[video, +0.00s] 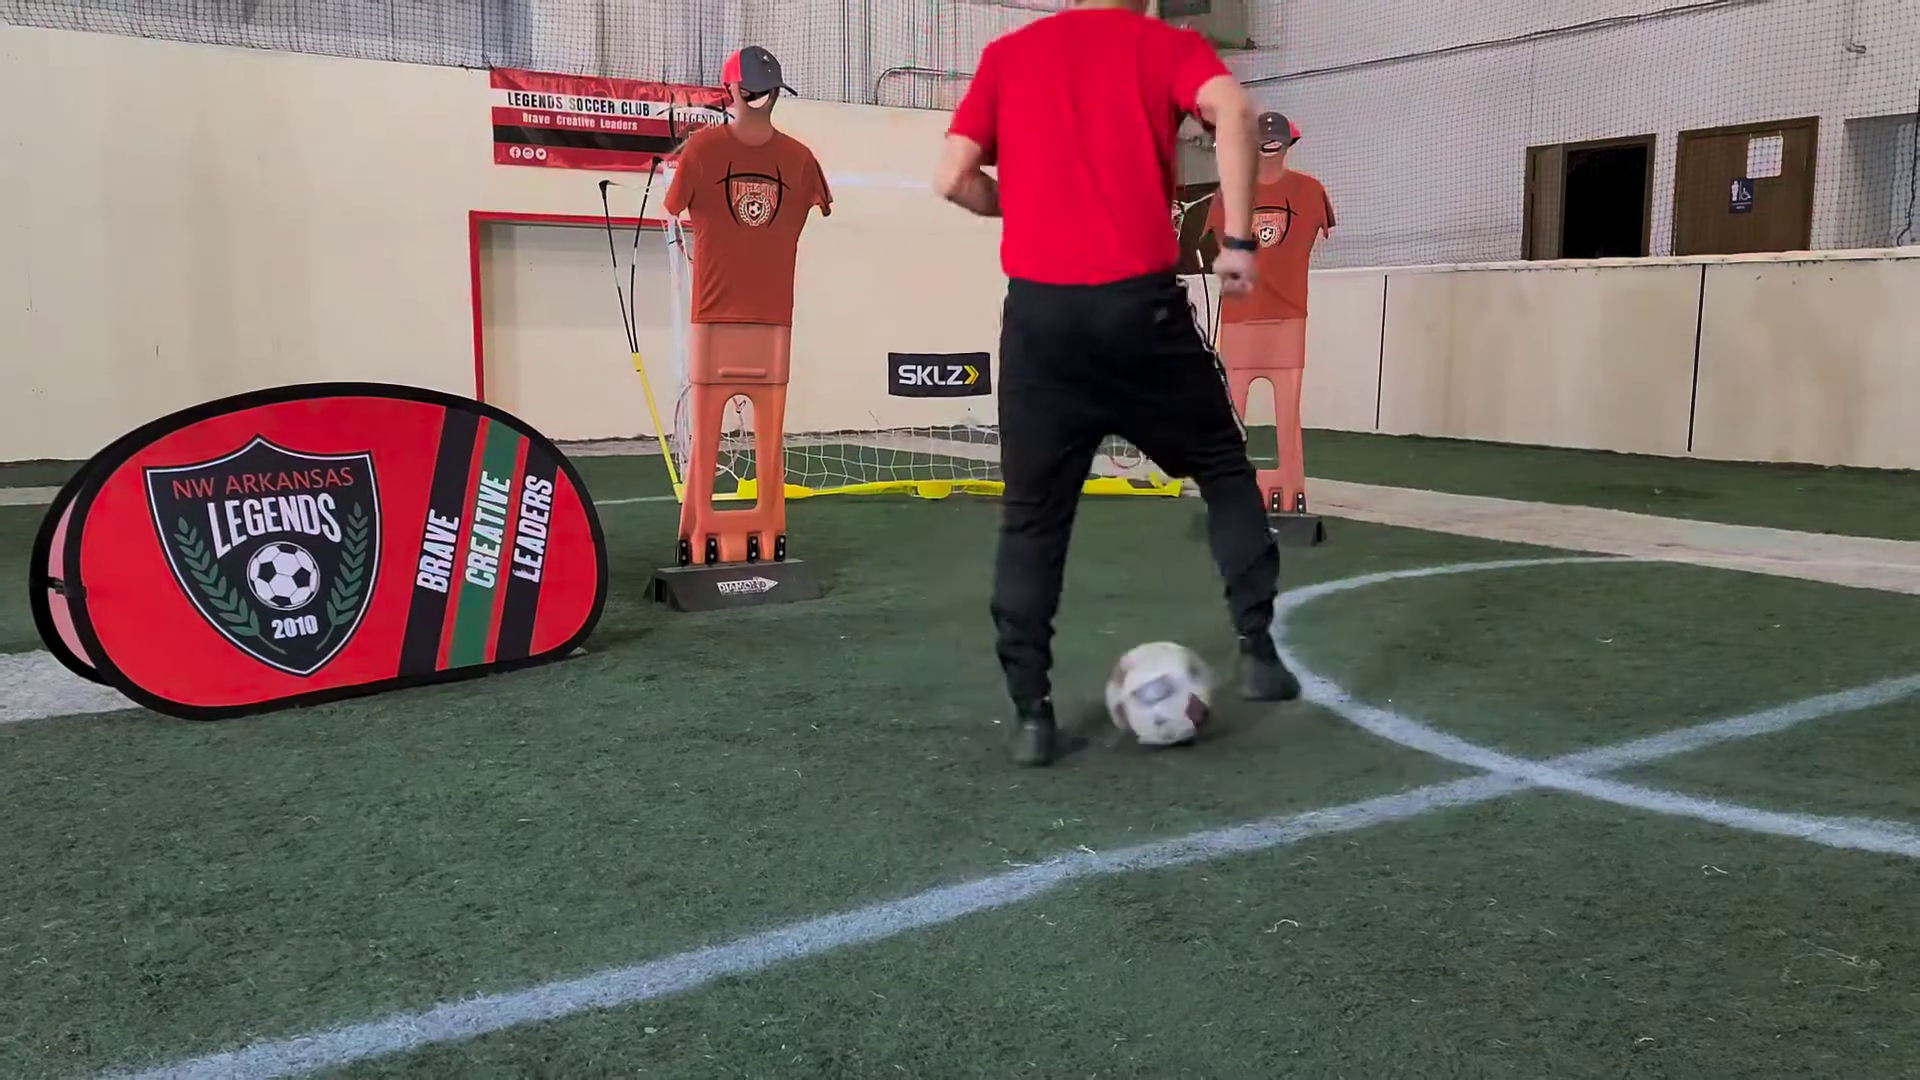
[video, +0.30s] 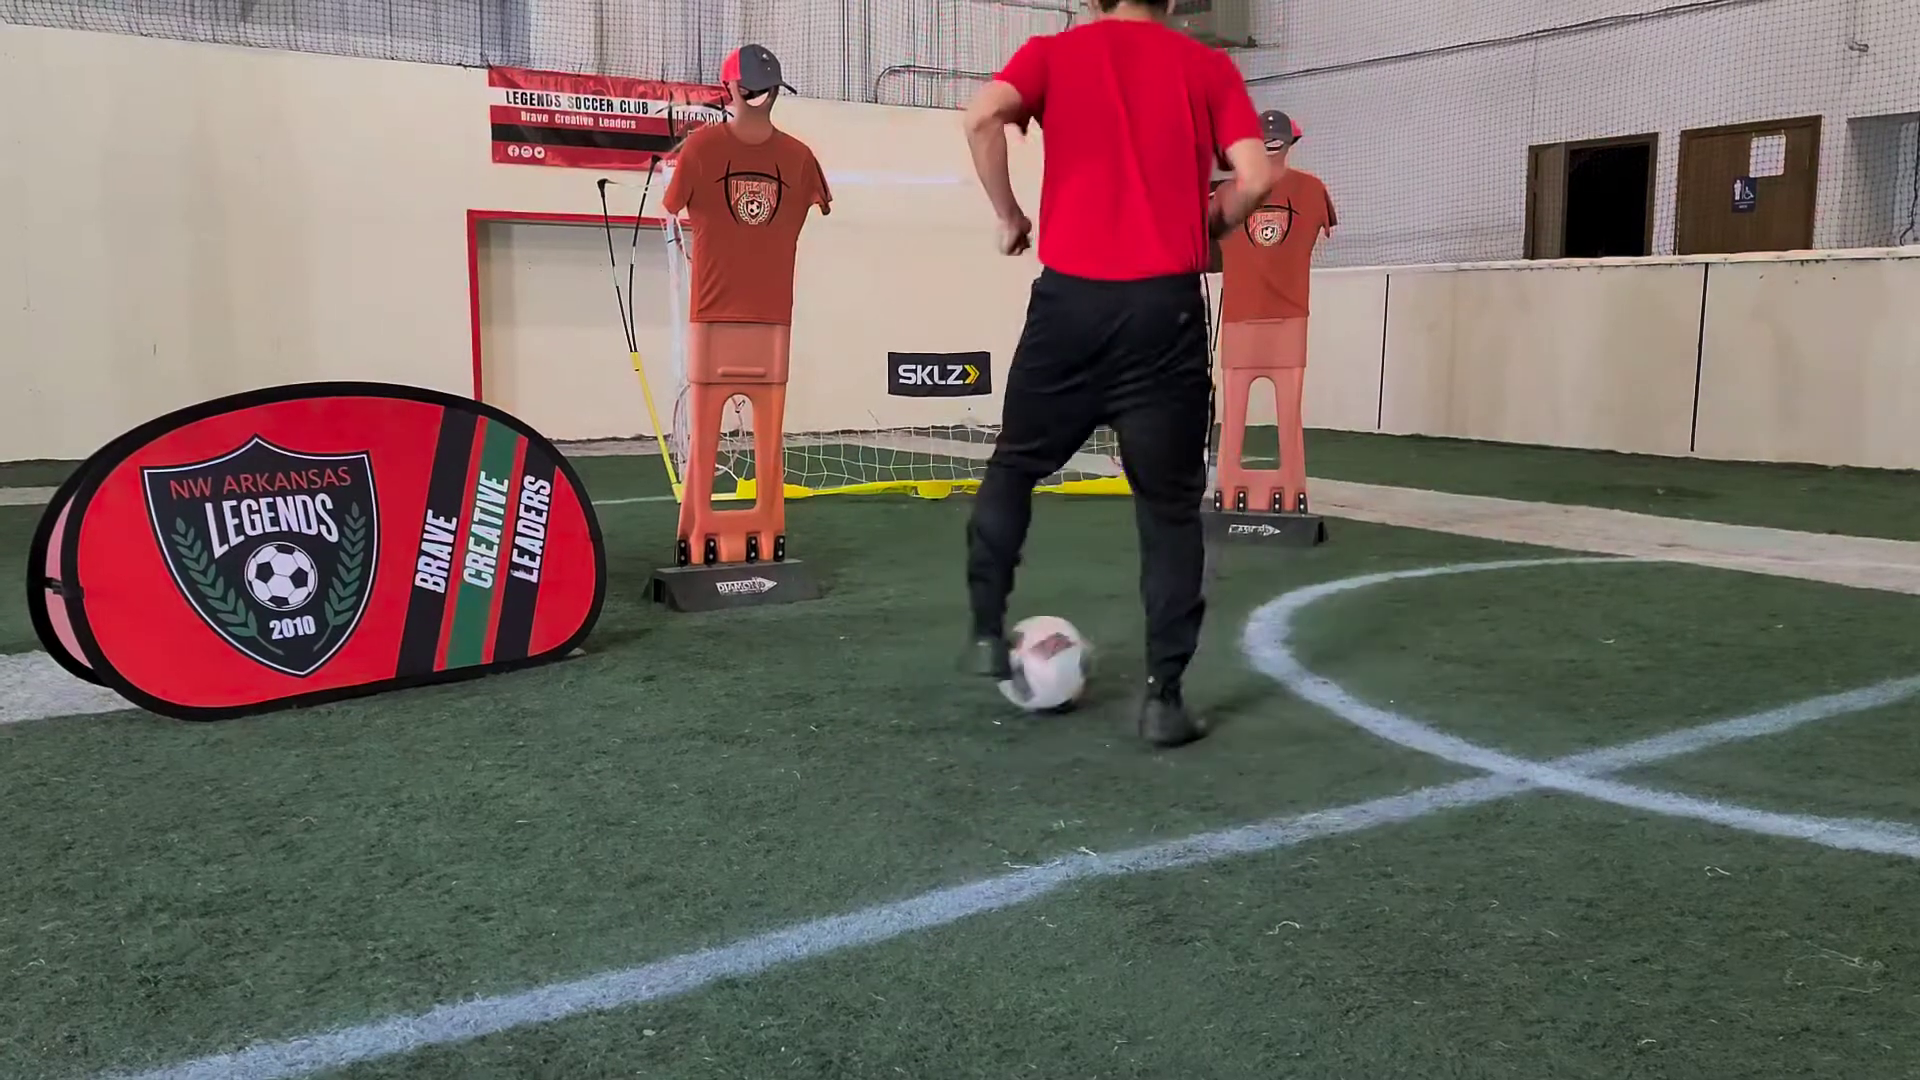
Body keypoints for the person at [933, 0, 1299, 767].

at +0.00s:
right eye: (1155, 9)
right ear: (1140, 1)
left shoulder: (1006, 52)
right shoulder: (1165, 42)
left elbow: (954, 180)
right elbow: (1234, 108)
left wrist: (1028, 200)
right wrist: (1237, 234)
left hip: (1037, 315)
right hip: (1141, 308)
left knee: (1032, 514)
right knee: (1222, 466)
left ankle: (1032, 712)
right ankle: (1259, 648)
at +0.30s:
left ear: (1100, 0)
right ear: (1171, 4)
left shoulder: (1056, 50)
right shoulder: (1208, 64)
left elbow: (983, 115)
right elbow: (1257, 177)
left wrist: (1009, 215)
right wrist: (1202, 227)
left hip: (1067, 301)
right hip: (1165, 306)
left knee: (1015, 462)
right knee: (1169, 502)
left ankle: (987, 631)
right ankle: (1163, 696)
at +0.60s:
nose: (1184, 16)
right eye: (1183, 10)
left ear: (1096, 6)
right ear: (1171, 8)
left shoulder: (1041, 64)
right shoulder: (1188, 63)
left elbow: (982, 169)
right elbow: (1220, 114)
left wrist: (1054, 205)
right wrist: (1217, 230)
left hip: (1051, 300)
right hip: (1142, 299)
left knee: (1040, 476)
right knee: (1203, 451)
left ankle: (1031, 654)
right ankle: (1227, 621)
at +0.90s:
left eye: (1098, 13)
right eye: (1166, 17)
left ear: (1099, 16)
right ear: (1167, 17)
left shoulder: (1059, 67)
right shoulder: (1194, 76)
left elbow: (1004, 136)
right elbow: (1251, 166)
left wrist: (1028, 219)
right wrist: (1216, 233)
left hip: (1079, 289)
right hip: (1167, 291)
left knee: (1042, 443)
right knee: (1181, 463)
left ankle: (1025, 598)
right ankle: (1181, 636)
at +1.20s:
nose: (1184, 33)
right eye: (1187, 24)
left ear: (1120, 25)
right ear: (1183, 29)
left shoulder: (1074, 77)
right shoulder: (1207, 85)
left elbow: (1014, 156)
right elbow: (1233, 153)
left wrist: (1050, 227)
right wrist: (1223, 246)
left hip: (1078, 286)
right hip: (1161, 290)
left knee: (1039, 442)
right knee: (1179, 453)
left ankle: (1008, 583)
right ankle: (1177, 613)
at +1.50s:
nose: (1174, 64)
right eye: (1177, 56)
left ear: (1107, 57)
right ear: (1171, 57)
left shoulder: (1064, 104)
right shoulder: (1195, 107)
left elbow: (1019, 186)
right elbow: (1237, 178)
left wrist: (1064, 230)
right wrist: (1222, 243)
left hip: (1087, 300)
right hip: (1165, 298)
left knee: (1076, 457)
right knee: (1217, 436)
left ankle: (1071, 611)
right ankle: (1224, 576)